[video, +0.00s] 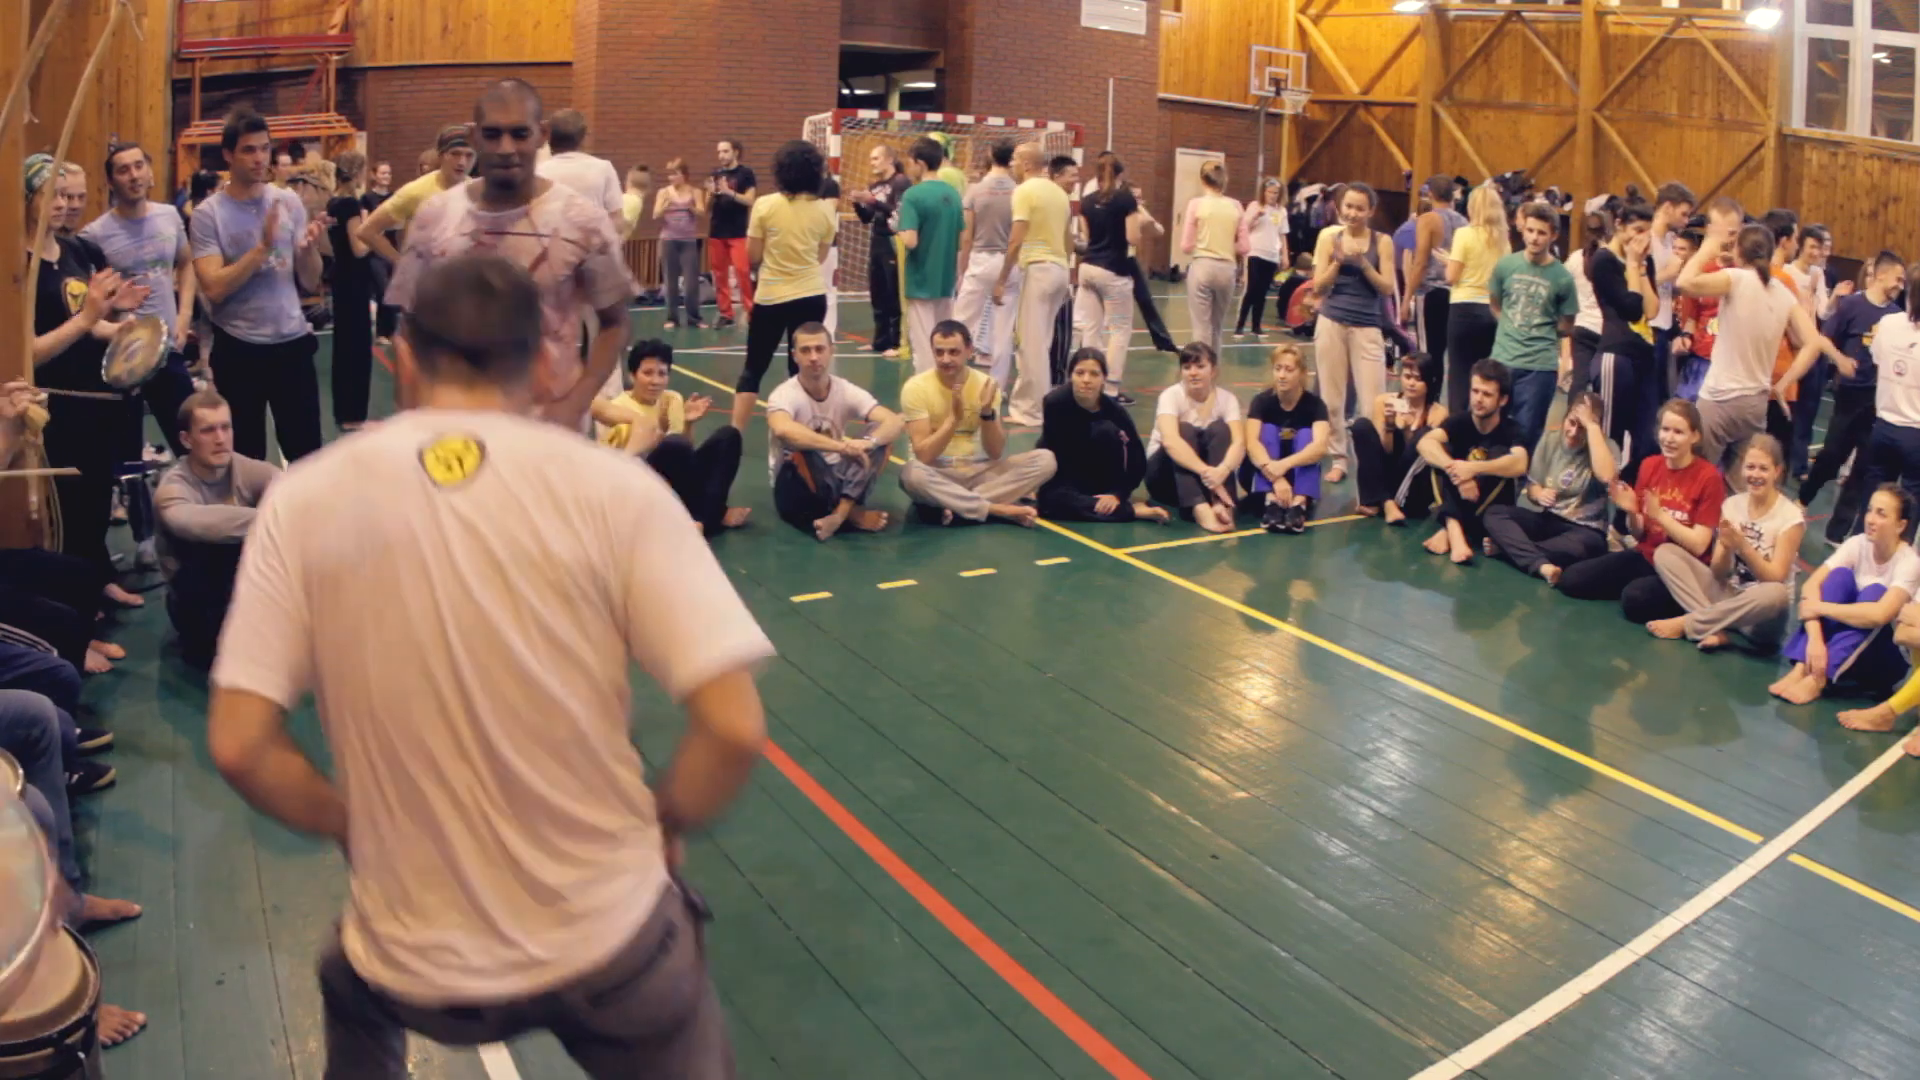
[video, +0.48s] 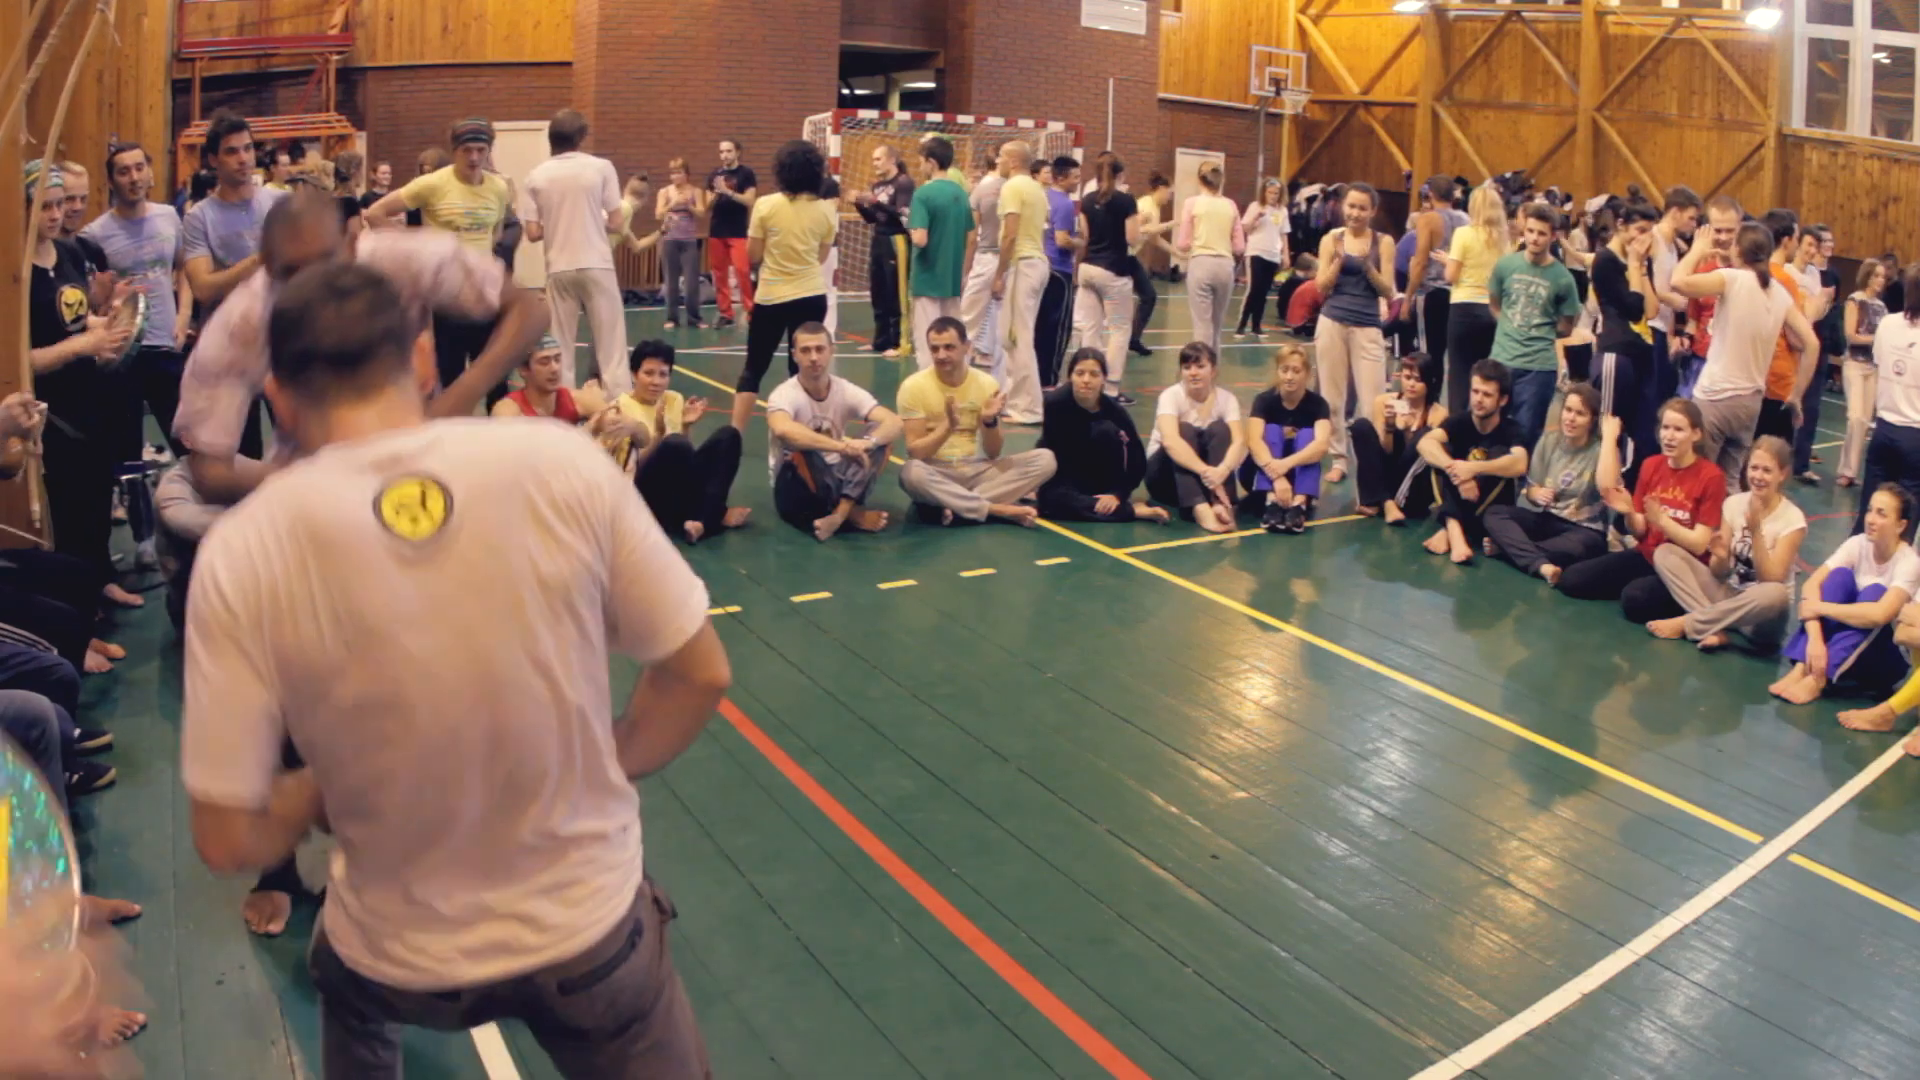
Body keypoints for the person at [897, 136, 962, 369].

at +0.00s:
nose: (909, 167)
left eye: (911, 162)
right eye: (910, 162)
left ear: (920, 163)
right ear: (939, 162)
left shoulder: (913, 195)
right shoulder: (952, 192)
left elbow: (911, 240)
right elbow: (961, 233)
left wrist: (899, 228)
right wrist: (958, 270)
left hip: (920, 279)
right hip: (947, 277)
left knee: (922, 342)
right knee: (946, 338)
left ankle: (925, 393)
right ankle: (946, 389)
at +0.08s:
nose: (910, 169)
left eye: (912, 163)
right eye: (910, 163)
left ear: (922, 164)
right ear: (939, 162)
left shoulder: (914, 194)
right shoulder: (953, 192)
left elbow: (912, 240)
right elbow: (963, 232)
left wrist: (904, 225)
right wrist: (960, 269)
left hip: (921, 279)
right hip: (947, 277)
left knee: (923, 342)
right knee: (948, 338)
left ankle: (926, 393)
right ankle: (950, 388)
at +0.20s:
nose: (912, 168)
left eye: (914, 163)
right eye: (913, 163)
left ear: (924, 164)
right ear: (941, 162)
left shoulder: (917, 194)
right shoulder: (955, 192)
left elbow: (914, 239)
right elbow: (964, 231)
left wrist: (904, 232)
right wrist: (960, 268)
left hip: (923, 279)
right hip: (948, 277)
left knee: (923, 341)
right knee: (948, 337)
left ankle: (927, 391)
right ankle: (950, 386)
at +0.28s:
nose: (915, 168)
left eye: (917, 162)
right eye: (915, 162)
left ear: (926, 163)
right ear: (943, 162)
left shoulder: (919, 194)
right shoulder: (957, 193)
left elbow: (916, 239)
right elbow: (965, 235)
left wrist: (902, 227)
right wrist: (961, 271)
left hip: (924, 280)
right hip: (949, 278)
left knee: (923, 342)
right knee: (948, 339)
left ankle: (926, 393)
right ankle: (949, 389)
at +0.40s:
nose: (918, 166)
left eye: (920, 161)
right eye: (918, 161)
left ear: (930, 162)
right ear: (945, 162)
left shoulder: (922, 193)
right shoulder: (959, 192)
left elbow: (920, 238)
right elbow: (970, 234)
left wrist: (902, 228)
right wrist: (963, 270)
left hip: (925, 279)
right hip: (952, 277)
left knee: (924, 341)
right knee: (952, 338)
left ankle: (927, 392)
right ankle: (952, 389)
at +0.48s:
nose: (920, 166)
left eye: (922, 161)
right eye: (921, 160)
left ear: (931, 162)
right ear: (947, 162)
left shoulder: (923, 193)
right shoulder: (961, 192)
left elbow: (920, 239)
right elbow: (971, 235)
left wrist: (912, 226)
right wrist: (965, 271)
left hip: (928, 278)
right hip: (954, 277)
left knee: (926, 340)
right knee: (953, 338)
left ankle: (929, 388)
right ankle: (954, 383)